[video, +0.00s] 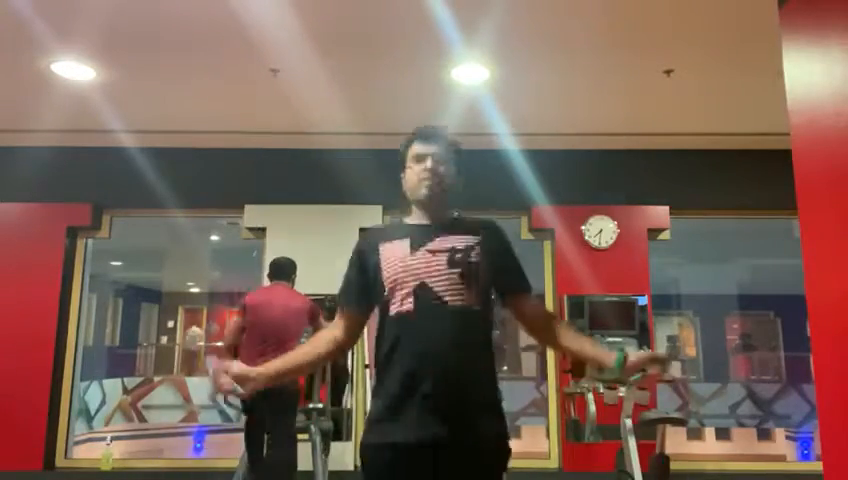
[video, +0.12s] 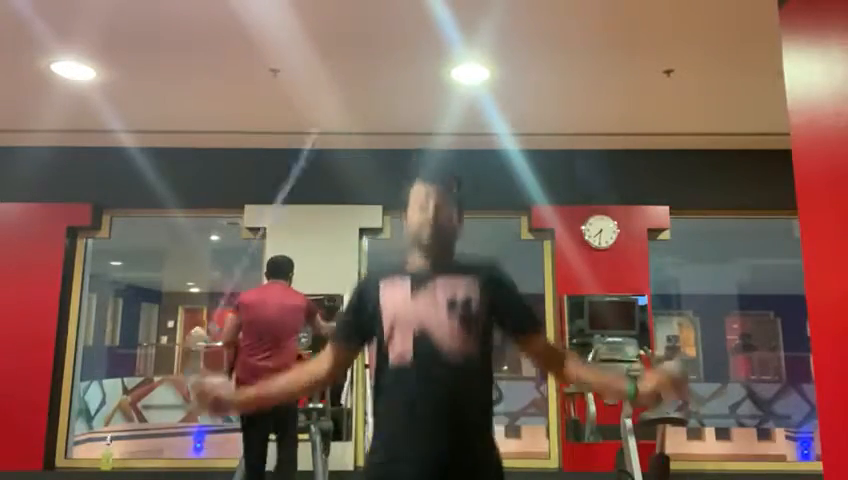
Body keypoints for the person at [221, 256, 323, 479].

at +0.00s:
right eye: (294, 277)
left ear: (268, 277)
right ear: (294, 278)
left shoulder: (251, 299)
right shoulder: (304, 303)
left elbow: (231, 339)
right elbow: (324, 336)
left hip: (253, 379)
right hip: (286, 380)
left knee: (254, 432)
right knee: (284, 437)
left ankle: (256, 473)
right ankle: (283, 475)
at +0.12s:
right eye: (290, 275)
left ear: (266, 275)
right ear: (291, 276)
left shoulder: (246, 298)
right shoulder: (301, 301)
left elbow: (228, 338)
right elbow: (322, 330)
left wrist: (229, 369)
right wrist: (337, 327)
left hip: (250, 378)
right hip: (286, 377)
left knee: (254, 444)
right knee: (287, 443)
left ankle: (254, 476)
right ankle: (285, 476)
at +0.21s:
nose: (289, 281)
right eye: (289, 277)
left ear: (264, 277)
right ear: (289, 278)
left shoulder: (246, 300)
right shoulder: (298, 303)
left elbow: (228, 337)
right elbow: (320, 338)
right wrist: (328, 331)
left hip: (248, 380)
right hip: (284, 380)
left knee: (251, 441)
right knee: (294, 423)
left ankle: (250, 476)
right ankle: (289, 472)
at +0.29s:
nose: (288, 286)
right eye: (288, 282)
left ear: (264, 281)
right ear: (288, 282)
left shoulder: (245, 305)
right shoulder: (296, 306)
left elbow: (233, 341)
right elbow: (316, 345)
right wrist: (324, 337)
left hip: (248, 386)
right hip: (285, 387)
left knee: (248, 445)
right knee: (298, 418)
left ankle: (245, 476)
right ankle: (293, 469)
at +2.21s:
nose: (294, 281)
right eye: (294, 278)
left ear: (269, 276)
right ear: (293, 279)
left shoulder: (251, 299)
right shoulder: (299, 302)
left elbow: (250, 338)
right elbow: (308, 345)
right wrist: (322, 348)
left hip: (250, 380)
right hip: (286, 380)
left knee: (253, 444)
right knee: (293, 439)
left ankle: (246, 476)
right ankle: (292, 475)